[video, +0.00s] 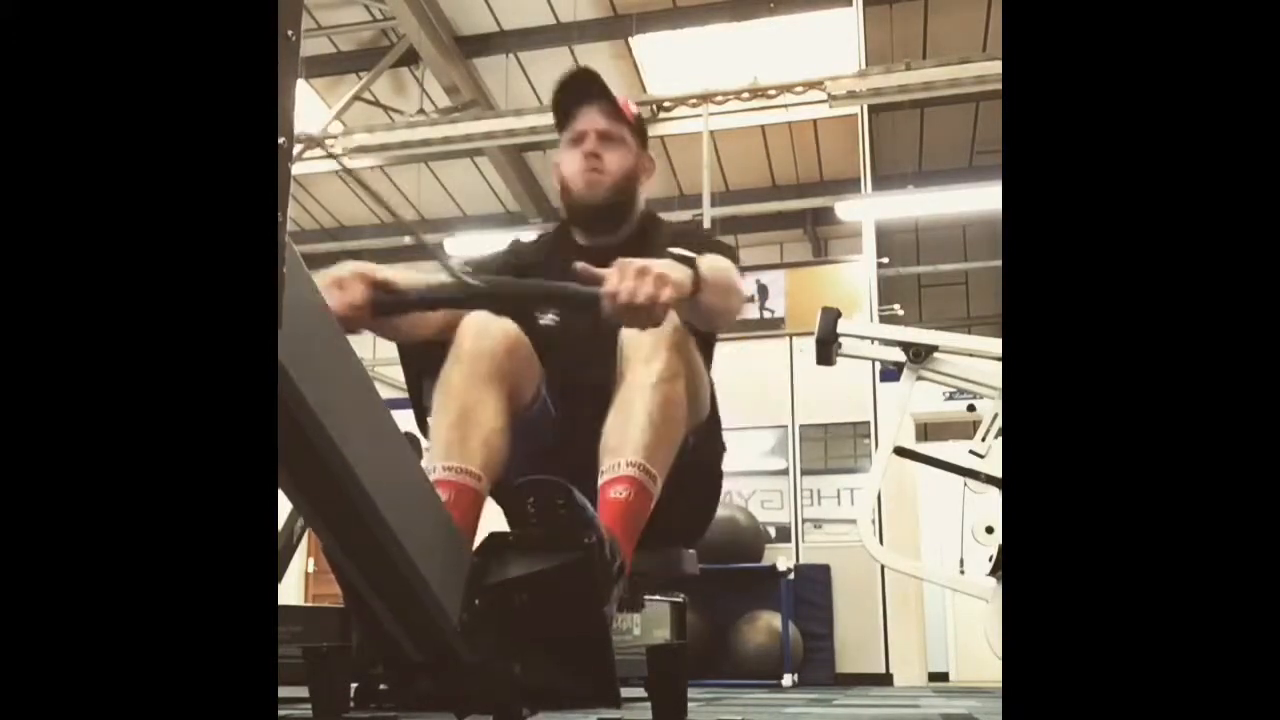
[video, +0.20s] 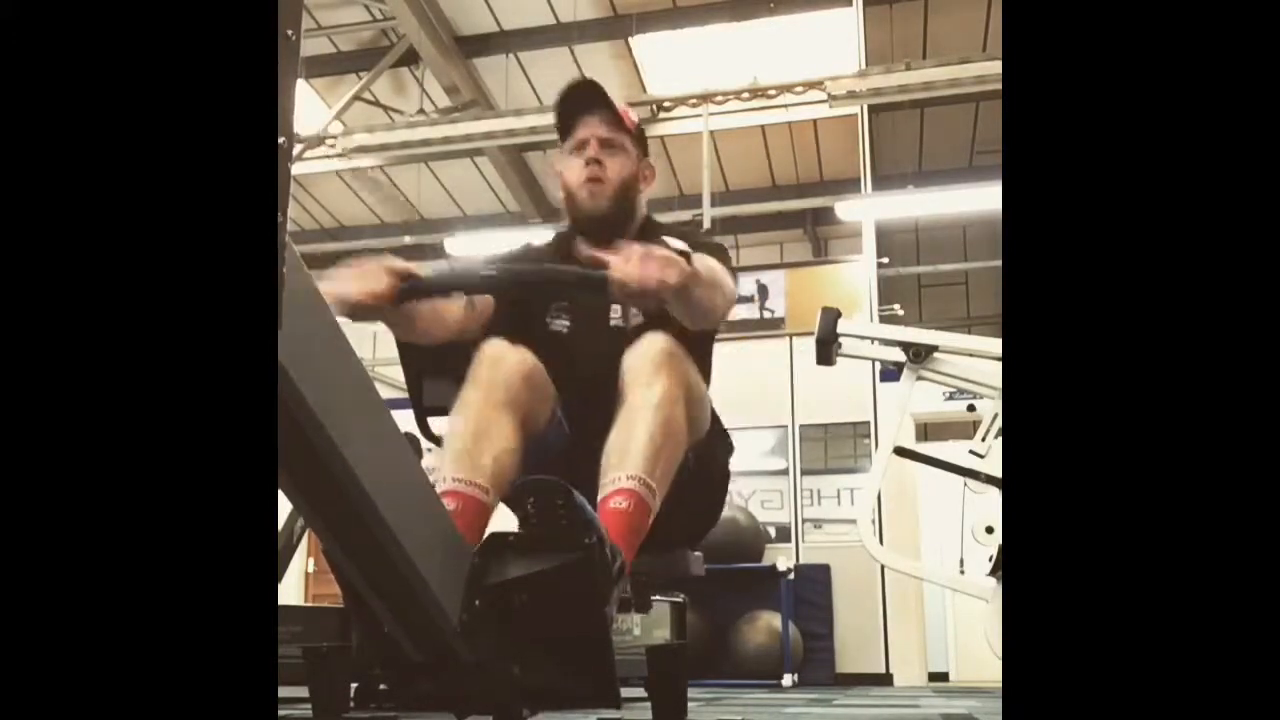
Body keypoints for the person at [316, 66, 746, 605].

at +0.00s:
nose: (589, 149)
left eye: (609, 139)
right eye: (576, 141)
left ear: (644, 167)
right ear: (557, 170)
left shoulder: (688, 246)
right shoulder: (527, 260)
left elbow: (731, 303)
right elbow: (442, 312)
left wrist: (684, 276)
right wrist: (369, 300)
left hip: (664, 485)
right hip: (545, 480)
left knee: (656, 334)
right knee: (482, 329)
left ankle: (606, 556)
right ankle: (440, 554)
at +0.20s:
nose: (592, 157)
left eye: (611, 147)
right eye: (577, 148)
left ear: (645, 173)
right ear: (558, 176)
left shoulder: (687, 257)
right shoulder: (532, 265)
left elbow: (716, 308)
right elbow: (454, 313)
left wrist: (678, 283)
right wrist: (386, 305)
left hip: (669, 483)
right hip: (555, 477)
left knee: (659, 352)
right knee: (500, 357)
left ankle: (605, 564)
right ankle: (446, 555)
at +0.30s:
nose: (620, 189)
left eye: (636, 179)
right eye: (606, 179)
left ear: (663, 201)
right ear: (588, 203)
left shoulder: (700, 274)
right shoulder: (560, 281)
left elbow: (748, 326)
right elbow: (483, 333)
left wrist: (707, 282)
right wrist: (442, 307)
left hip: (678, 482)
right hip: (563, 479)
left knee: (663, 398)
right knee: (511, 402)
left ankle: (605, 564)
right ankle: (452, 556)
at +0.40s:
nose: (642, 236)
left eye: (657, 224)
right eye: (631, 225)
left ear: (682, 240)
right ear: (616, 239)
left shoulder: (715, 308)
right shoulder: (586, 318)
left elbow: (769, 363)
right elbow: (509, 375)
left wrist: (730, 322)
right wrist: (490, 340)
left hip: (691, 472)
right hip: (587, 470)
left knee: (661, 436)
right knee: (523, 447)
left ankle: (611, 567)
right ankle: (460, 559)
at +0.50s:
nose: (655, 289)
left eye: (669, 277)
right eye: (644, 277)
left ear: (692, 288)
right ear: (628, 286)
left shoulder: (720, 356)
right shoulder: (593, 358)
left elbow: (797, 416)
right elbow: (509, 423)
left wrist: (752, 367)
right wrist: (515, 380)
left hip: (695, 501)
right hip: (594, 498)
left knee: (663, 471)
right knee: (539, 474)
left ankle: (610, 579)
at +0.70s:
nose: (655, 300)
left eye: (670, 289)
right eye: (644, 290)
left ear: (694, 300)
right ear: (629, 300)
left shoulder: (729, 363)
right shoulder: (593, 363)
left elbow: (834, 426)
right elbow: (495, 432)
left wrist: (775, 358)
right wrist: (529, 364)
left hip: (692, 495)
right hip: (591, 483)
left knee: (660, 448)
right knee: (533, 452)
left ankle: (601, 576)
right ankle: (473, 568)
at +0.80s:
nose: (647, 277)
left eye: (661, 267)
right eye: (635, 267)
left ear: (686, 278)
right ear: (619, 280)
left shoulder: (722, 345)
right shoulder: (575, 347)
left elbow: (823, 405)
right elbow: (480, 427)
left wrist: (766, 338)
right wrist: (499, 358)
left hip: (685, 505)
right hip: (578, 497)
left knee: (657, 419)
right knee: (538, 420)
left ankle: (608, 565)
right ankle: (468, 547)